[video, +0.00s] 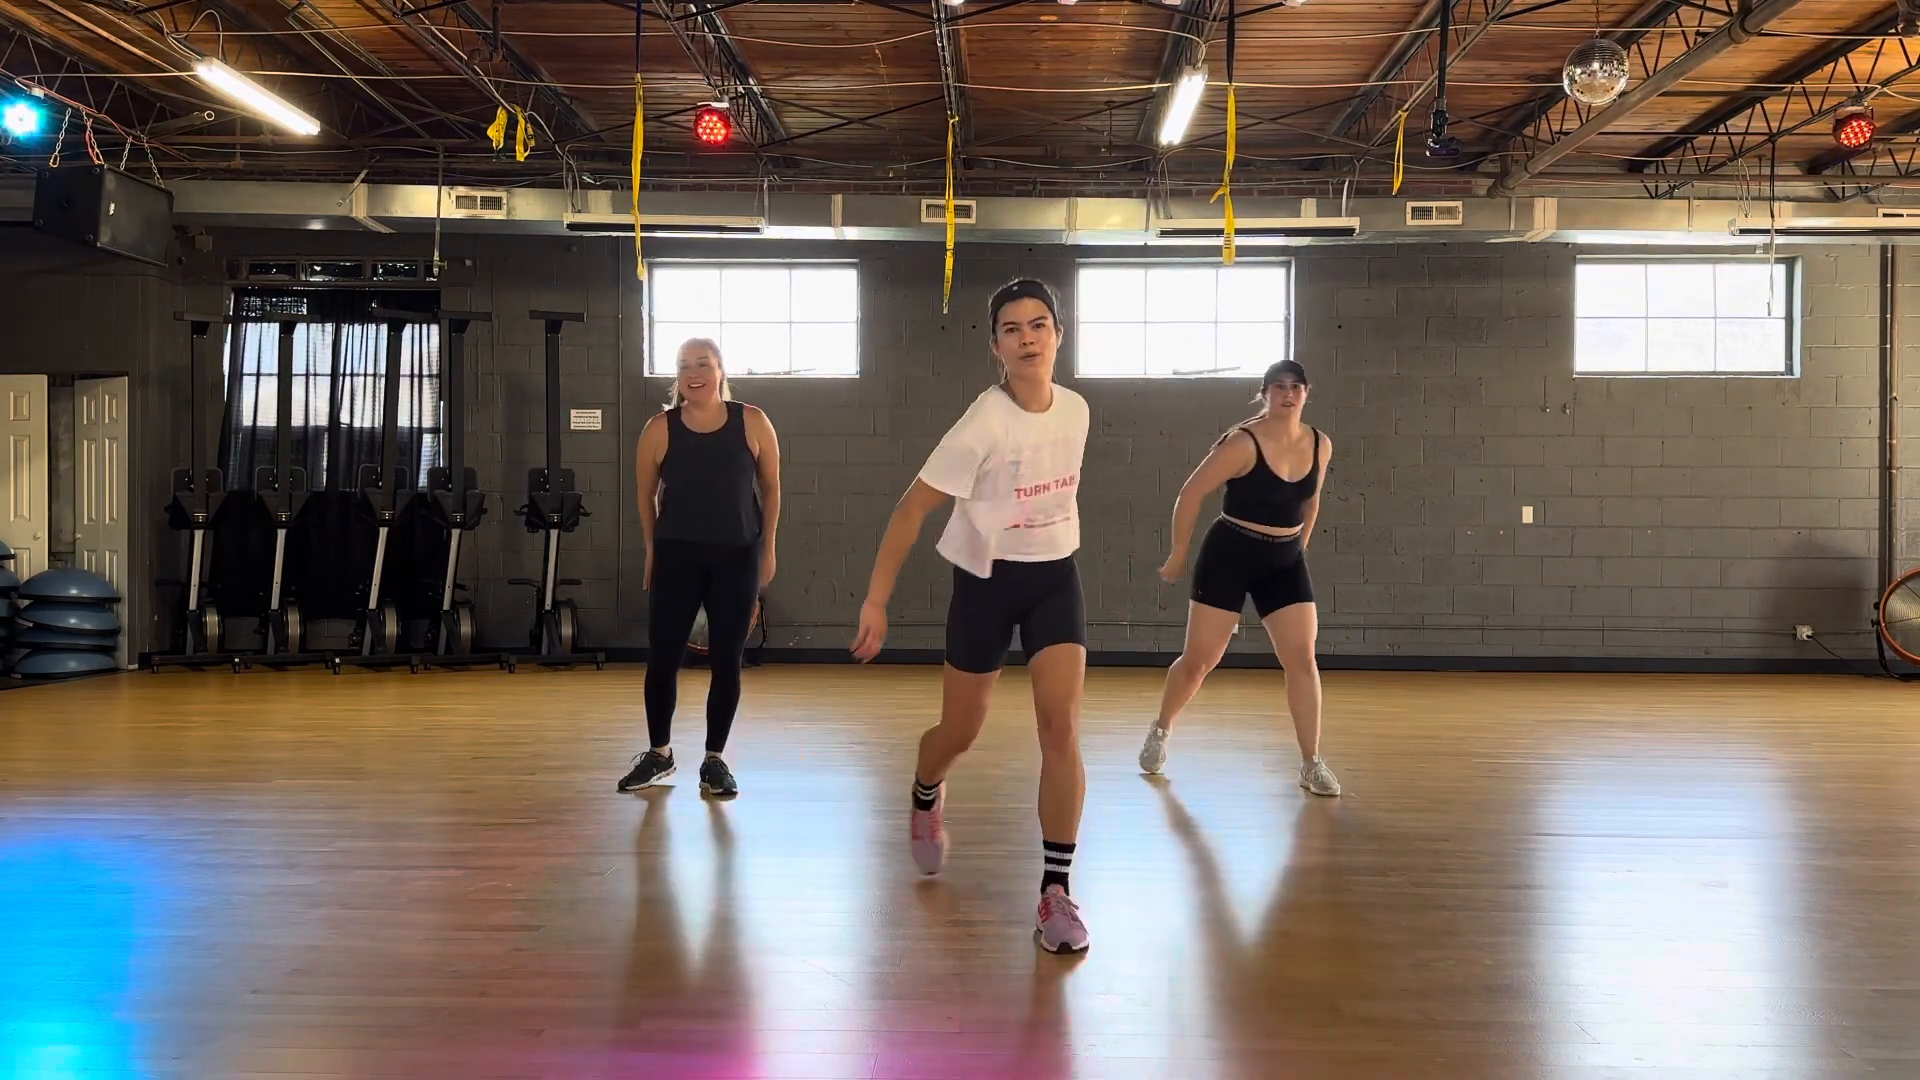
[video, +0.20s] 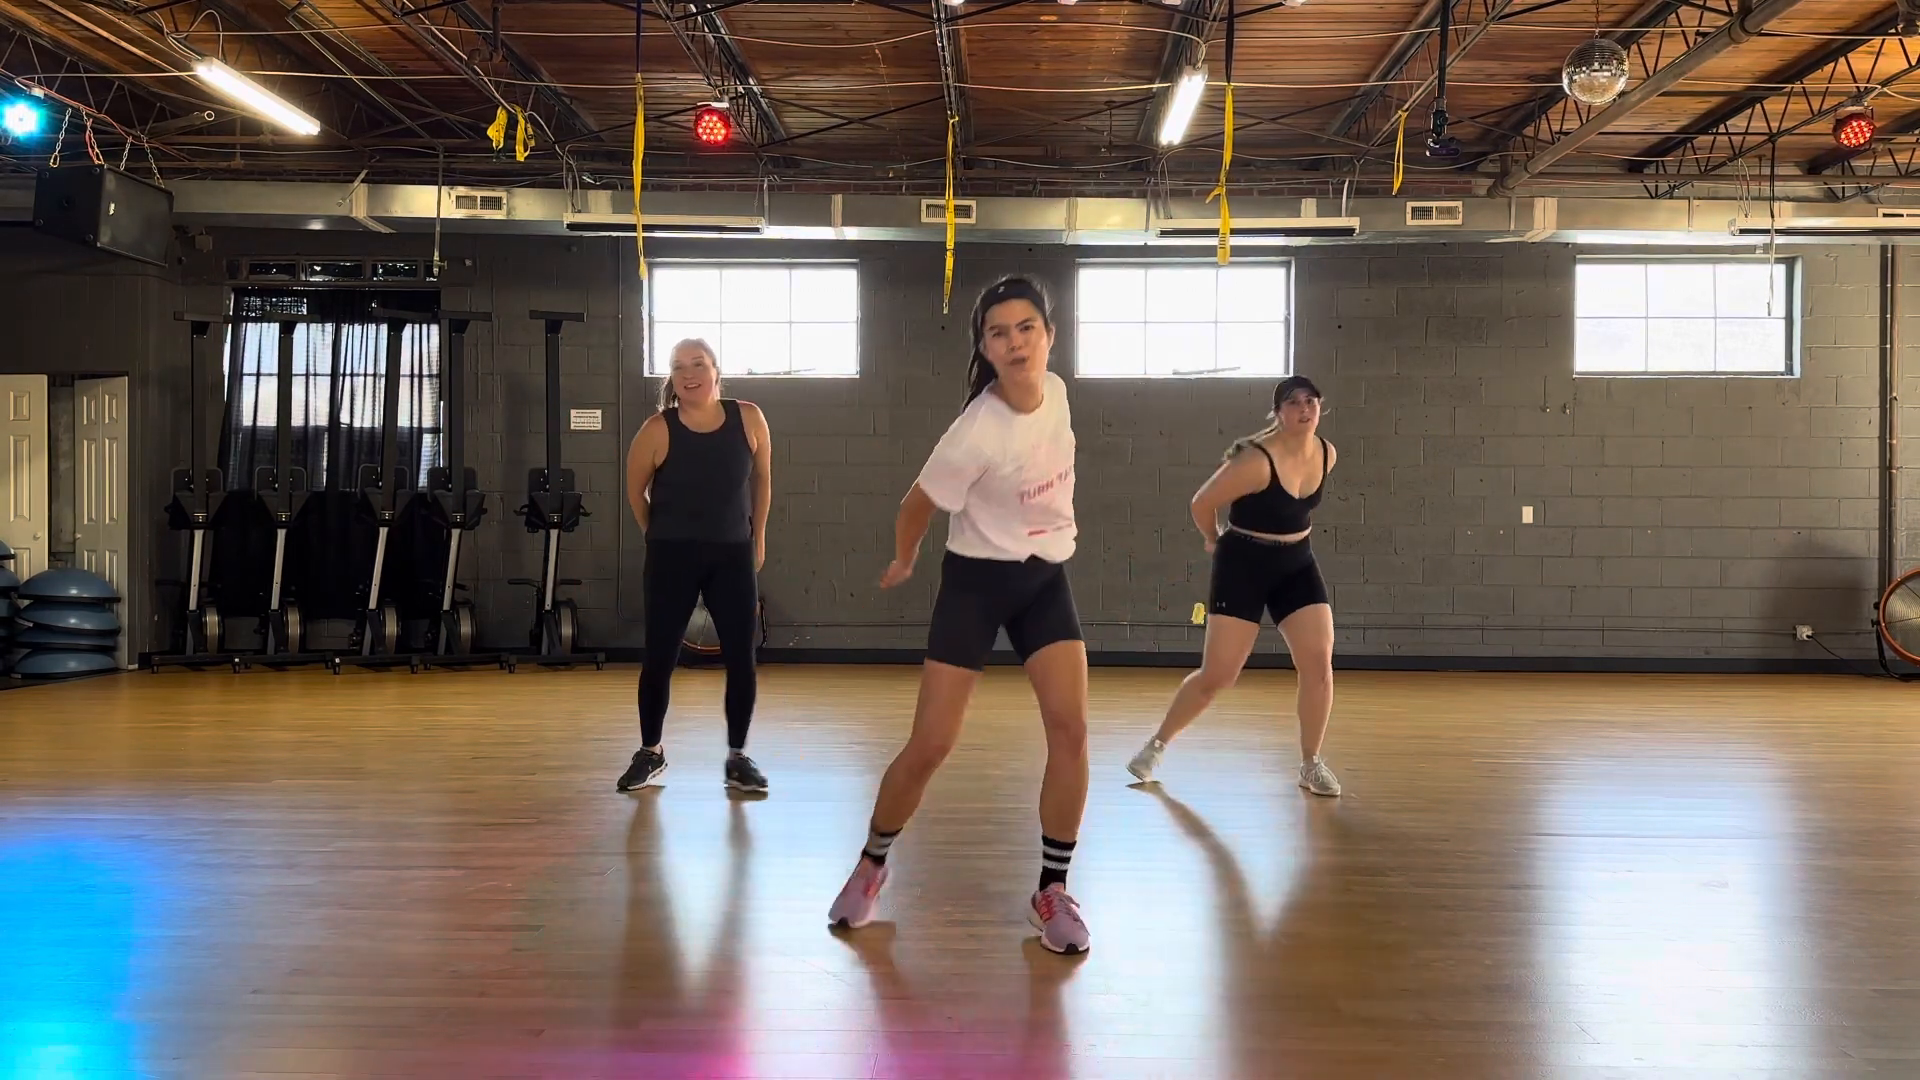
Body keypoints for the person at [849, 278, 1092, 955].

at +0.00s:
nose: (1027, 337)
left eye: (1038, 325)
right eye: (1012, 328)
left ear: (1057, 335)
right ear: (995, 345)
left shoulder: (1076, 411)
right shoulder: (984, 420)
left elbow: (1054, 490)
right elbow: (913, 507)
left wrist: (1040, 553)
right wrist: (876, 603)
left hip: (1055, 577)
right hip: (983, 580)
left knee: (1061, 731)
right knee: (960, 731)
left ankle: (1057, 891)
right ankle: (925, 793)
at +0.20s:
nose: (1015, 341)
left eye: (1026, 327)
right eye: (999, 333)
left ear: (1048, 334)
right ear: (984, 350)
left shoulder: (1057, 393)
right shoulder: (975, 432)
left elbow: (1043, 475)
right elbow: (915, 505)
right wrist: (903, 559)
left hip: (1045, 577)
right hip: (973, 580)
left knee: (1070, 732)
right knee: (930, 745)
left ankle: (1054, 892)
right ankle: (869, 868)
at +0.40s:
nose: (956, 366)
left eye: (970, 353)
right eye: (942, 355)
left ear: (996, 364)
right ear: (928, 369)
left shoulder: (1044, 426)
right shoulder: (905, 453)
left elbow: (1057, 514)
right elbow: (910, 534)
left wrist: (1026, 574)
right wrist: (948, 581)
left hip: (1023, 589)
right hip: (939, 593)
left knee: (1062, 746)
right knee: (886, 744)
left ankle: (1051, 892)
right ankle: (833, 885)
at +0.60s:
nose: (879, 383)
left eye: (897, 372)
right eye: (873, 367)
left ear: (929, 386)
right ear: (861, 370)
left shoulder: (948, 465)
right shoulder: (859, 428)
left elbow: (1024, 523)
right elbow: (901, 502)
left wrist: (1026, 555)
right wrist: (980, 537)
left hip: (979, 587)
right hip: (902, 591)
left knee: (1058, 750)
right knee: (843, 731)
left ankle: (1133, 888)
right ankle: (826, 892)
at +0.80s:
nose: (910, 424)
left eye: (928, 414)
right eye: (899, 409)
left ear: (953, 430)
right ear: (882, 414)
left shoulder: (970, 502)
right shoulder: (845, 462)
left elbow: (1011, 543)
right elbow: (846, 511)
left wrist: (960, 564)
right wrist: (884, 550)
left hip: (958, 608)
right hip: (874, 611)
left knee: (1047, 750)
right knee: (826, 752)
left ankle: (1143, 881)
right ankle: (830, 899)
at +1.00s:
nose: (994, 401)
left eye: (1007, 385)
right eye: (977, 389)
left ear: (1027, 388)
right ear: (955, 397)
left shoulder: (1045, 448)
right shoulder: (912, 462)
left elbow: (1008, 506)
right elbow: (851, 510)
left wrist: (953, 540)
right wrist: (894, 545)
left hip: (985, 576)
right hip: (902, 578)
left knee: (1045, 714)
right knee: (833, 733)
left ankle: (1095, 885)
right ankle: (770, 875)